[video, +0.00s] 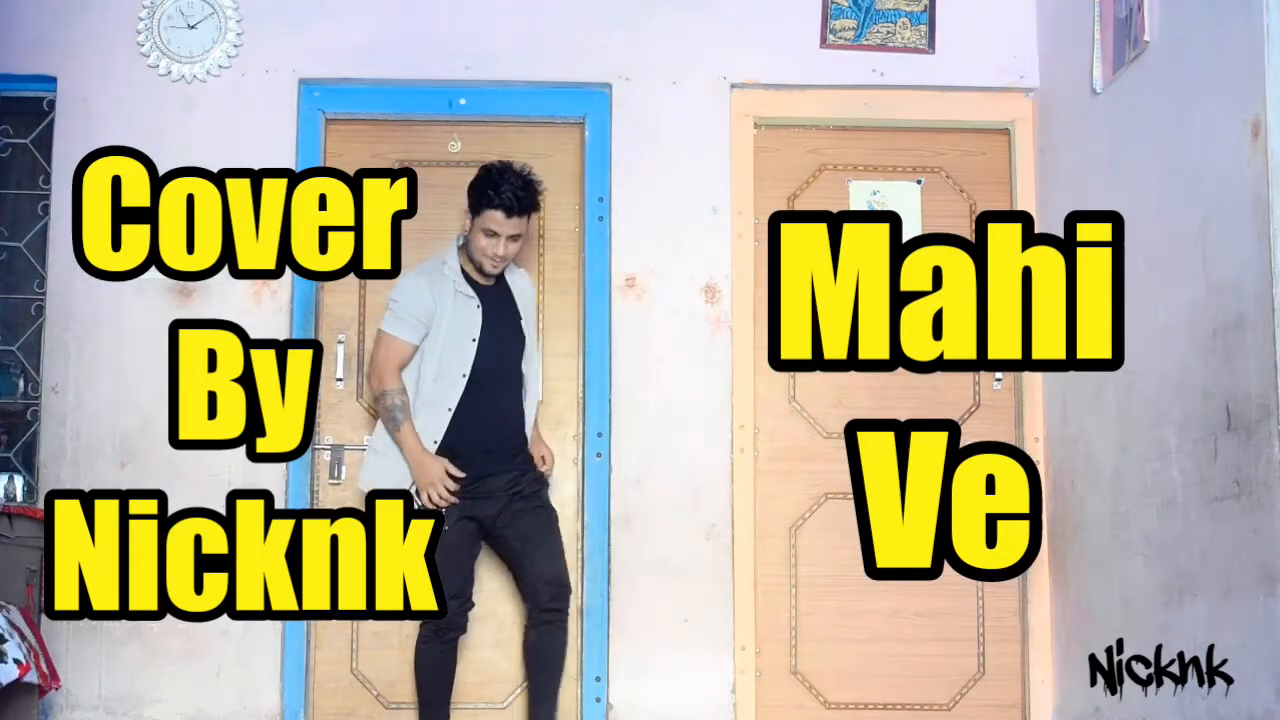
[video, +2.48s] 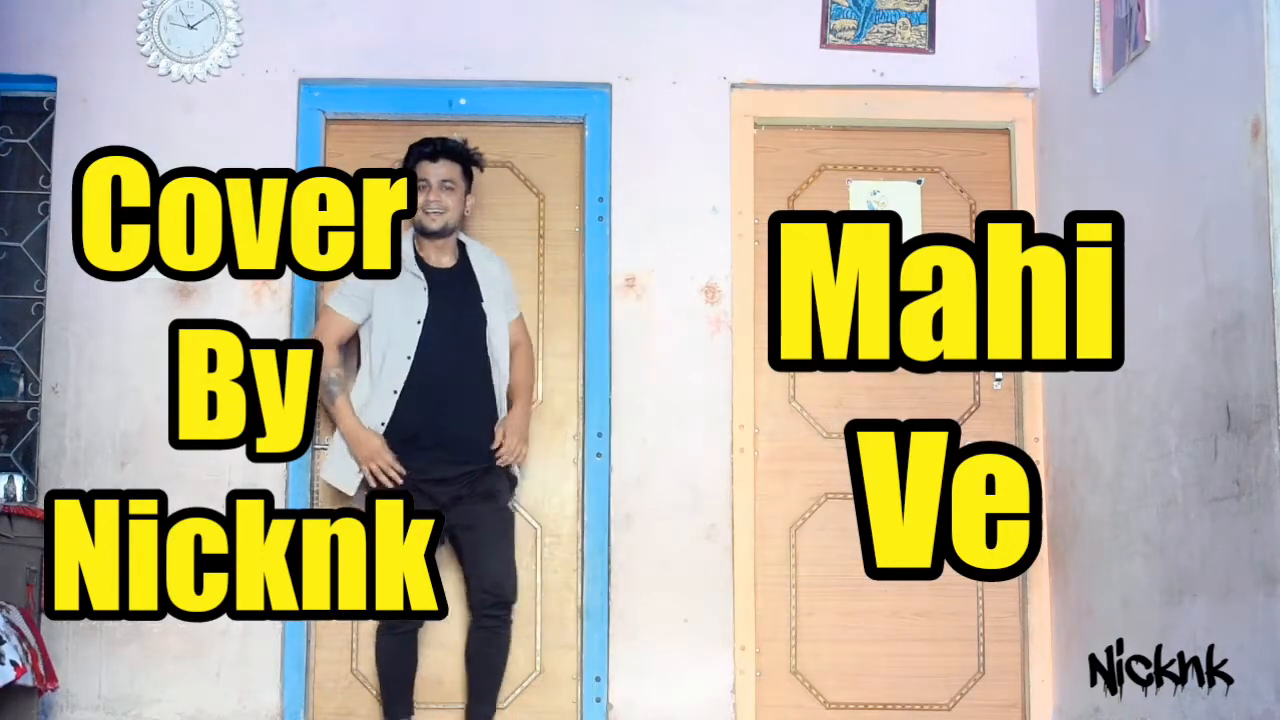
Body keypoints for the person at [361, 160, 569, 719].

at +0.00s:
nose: (501, 250)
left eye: (514, 238)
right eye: (490, 235)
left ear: (527, 232)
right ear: (468, 222)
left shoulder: (522, 286)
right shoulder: (425, 284)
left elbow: (525, 370)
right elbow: (384, 373)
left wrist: (533, 431)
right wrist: (417, 457)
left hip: (517, 484)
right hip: (446, 489)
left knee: (552, 602)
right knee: (445, 620)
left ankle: (543, 717)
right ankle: (434, 719)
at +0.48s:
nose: (504, 229)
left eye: (517, 217)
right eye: (492, 215)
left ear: (530, 223)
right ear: (473, 216)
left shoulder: (525, 293)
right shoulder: (433, 277)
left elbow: (522, 381)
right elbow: (386, 361)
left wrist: (535, 444)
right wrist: (419, 450)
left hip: (514, 483)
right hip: (446, 485)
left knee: (546, 599)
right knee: (443, 617)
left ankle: (532, 718)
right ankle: (432, 719)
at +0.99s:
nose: (560, 215)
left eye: (573, 203)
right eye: (548, 204)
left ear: (590, 211)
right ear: (531, 210)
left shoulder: (609, 289)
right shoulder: (486, 269)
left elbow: (648, 383)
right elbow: (452, 356)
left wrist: (609, 445)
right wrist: (455, 431)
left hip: (572, 488)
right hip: (492, 483)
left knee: (577, 616)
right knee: (466, 612)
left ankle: (584, 719)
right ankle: (449, 716)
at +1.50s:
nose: (539, 217)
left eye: (552, 203)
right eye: (527, 204)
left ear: (573, 203)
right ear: (512, 205)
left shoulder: (604, 264)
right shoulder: (499, 279)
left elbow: (647, 349)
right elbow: (486, 372)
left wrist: (597, 420)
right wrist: (479, 436)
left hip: (577, 468)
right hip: (509, 471)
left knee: (574, 607)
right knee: (486, 597)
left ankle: (583, 716)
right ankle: (504, 714)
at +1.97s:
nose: (472, 215)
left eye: (488, 205)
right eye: (464, 201)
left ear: (506, 212)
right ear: (450, 203)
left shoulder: (540, 264)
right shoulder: (418, 297)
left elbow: (586, 343)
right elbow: (409, 396)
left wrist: (580, 417)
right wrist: (425, 460)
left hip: (545, 469)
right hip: (464, 481)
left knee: (562, 611)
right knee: (432, 615)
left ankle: (580, 719)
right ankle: (413, 718)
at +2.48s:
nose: (434, 196)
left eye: (448, 186)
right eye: (423, 185)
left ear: (468, 200)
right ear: (408, 196)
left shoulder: (490, 267)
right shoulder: (377, 268)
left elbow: (518, 341)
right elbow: (320, 347)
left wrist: (520, 411)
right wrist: (355, 433)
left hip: (479, 471)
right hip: (400, 473)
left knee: (496, 597)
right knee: (402, 608)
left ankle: (481, 716)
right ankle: (398, 717)